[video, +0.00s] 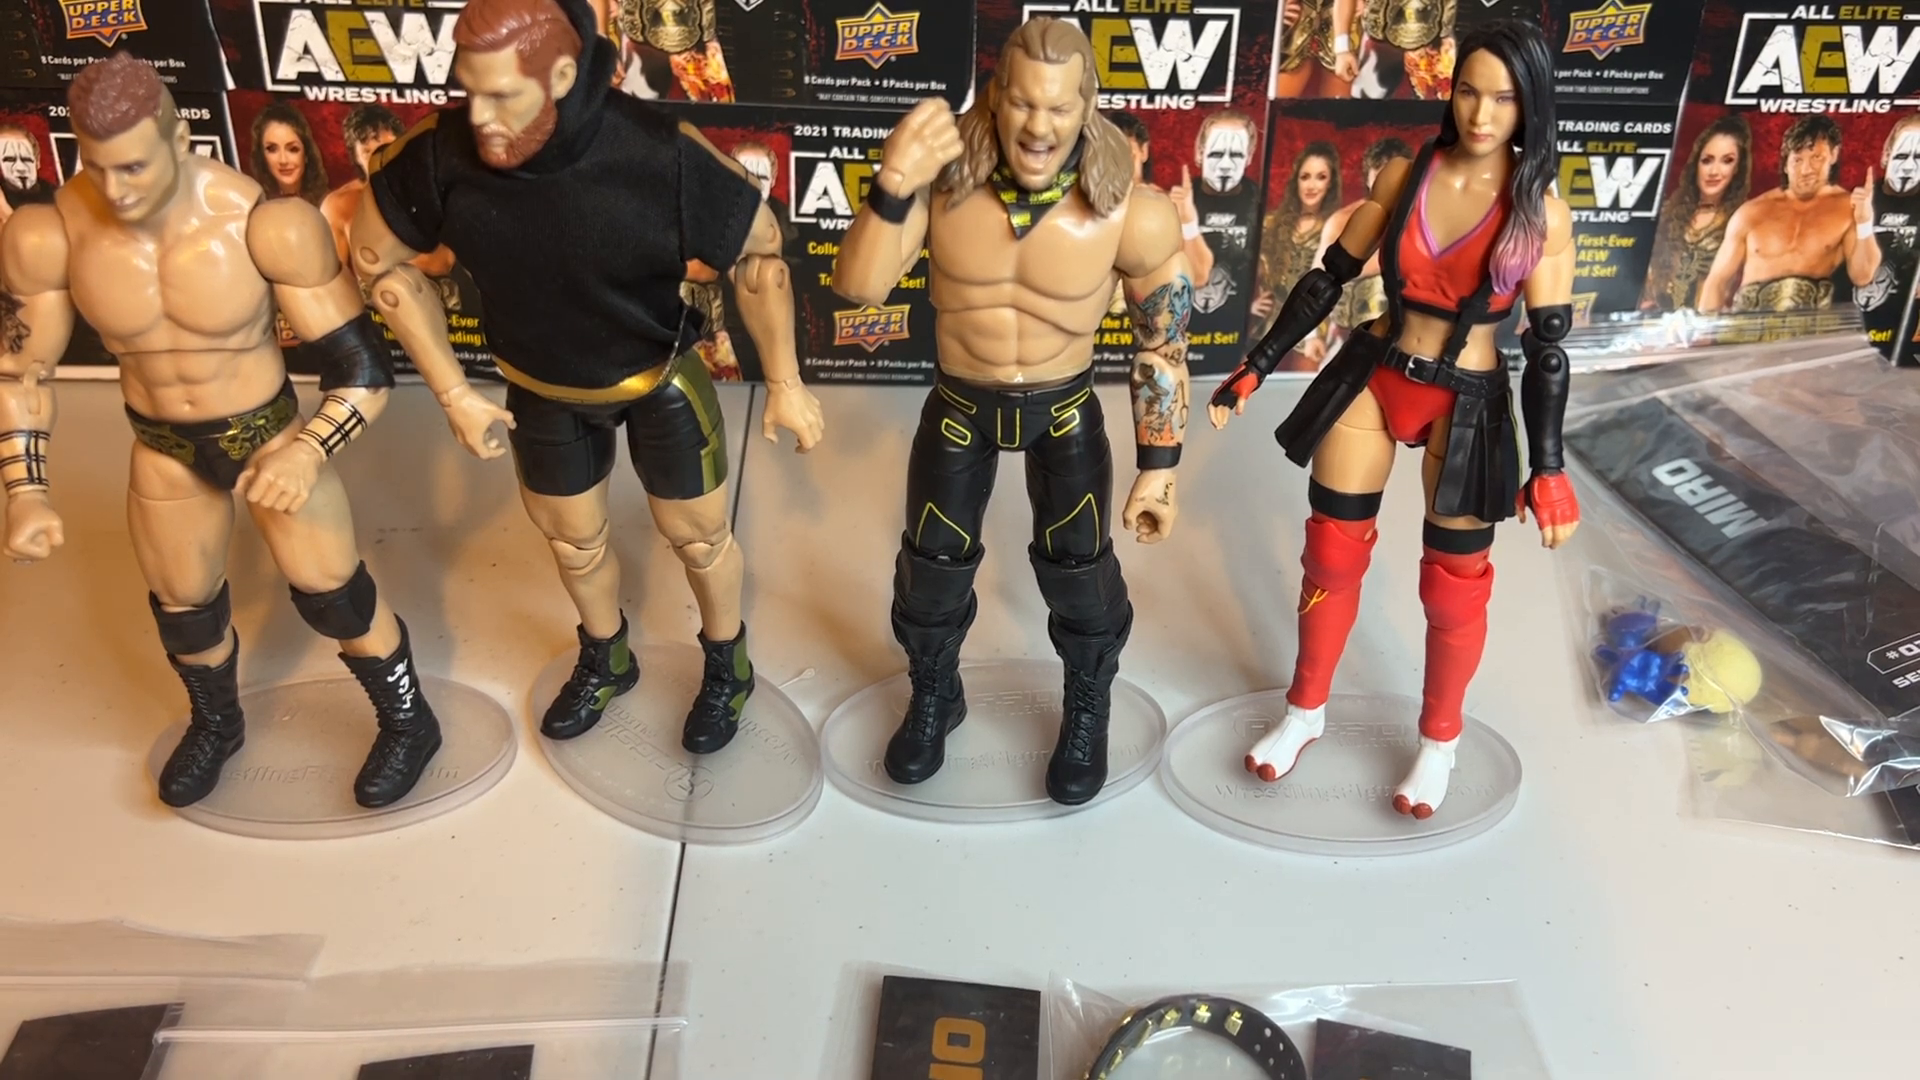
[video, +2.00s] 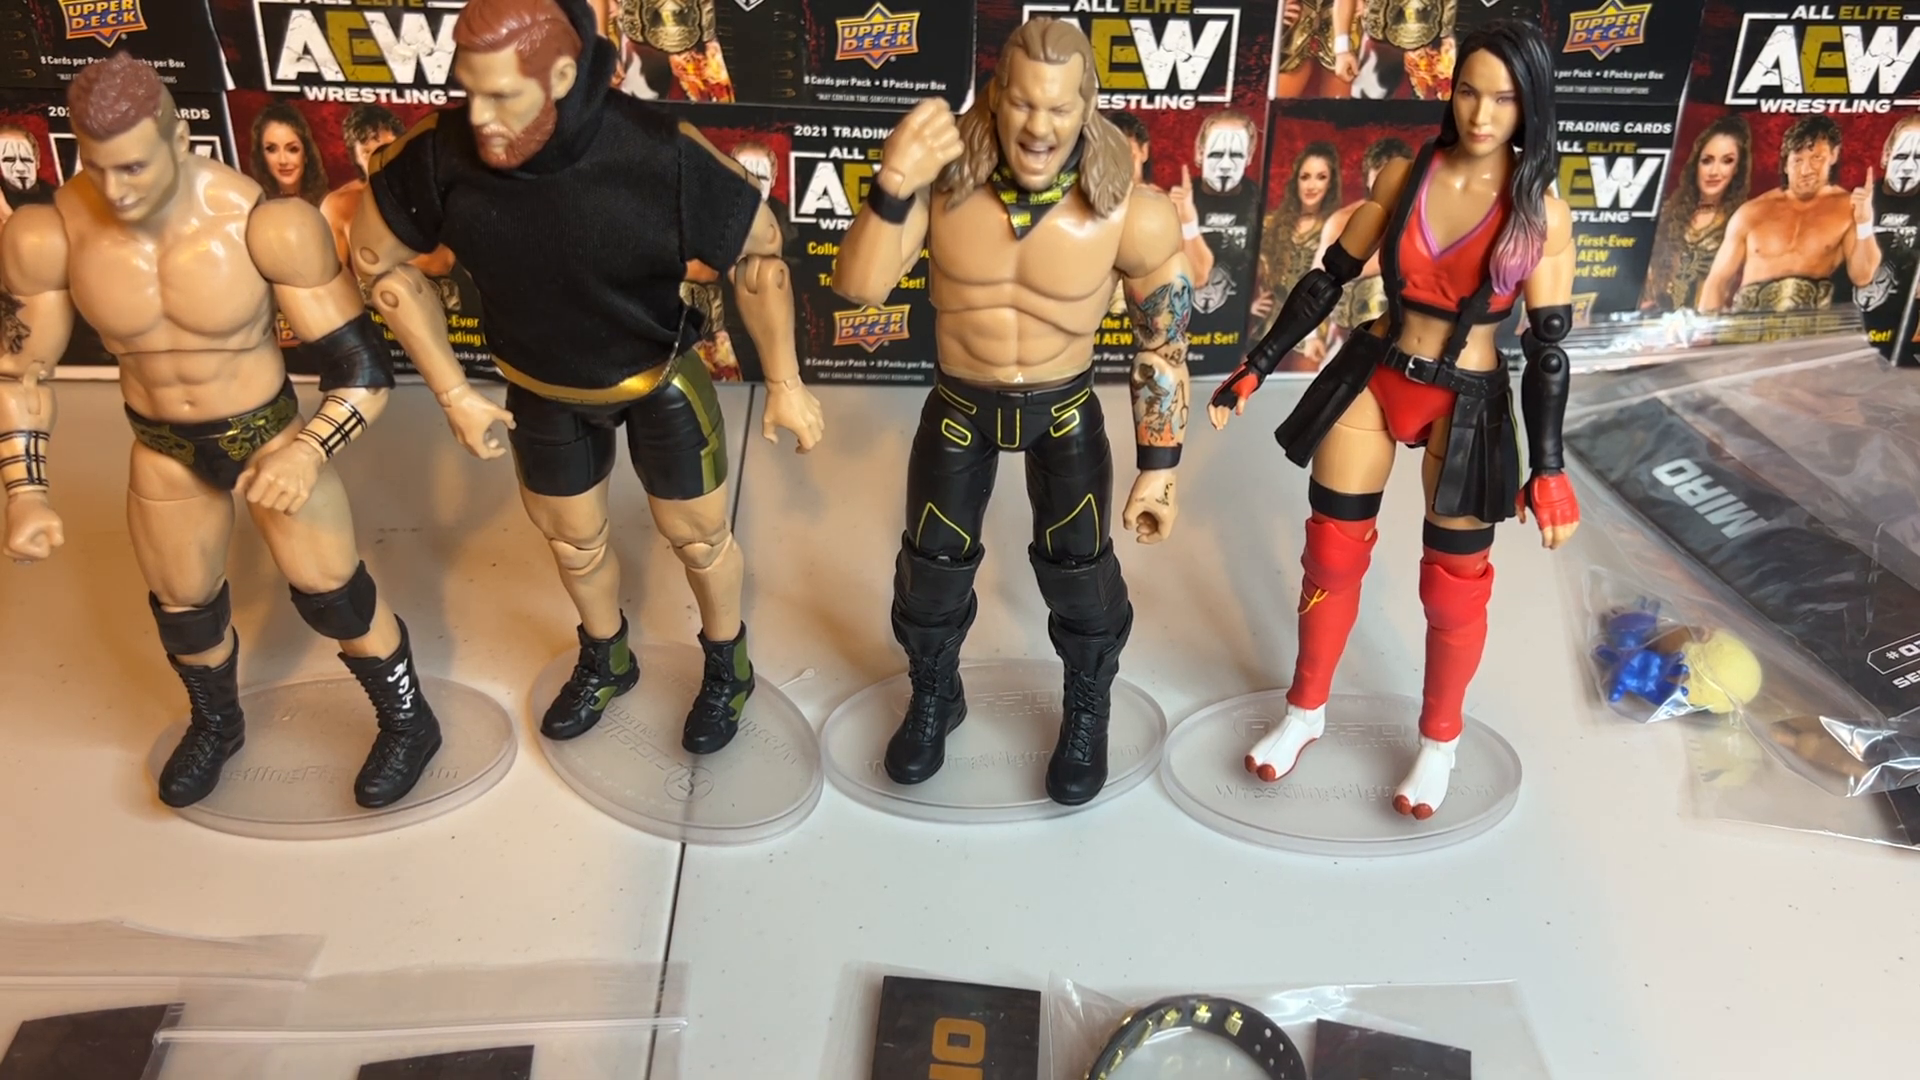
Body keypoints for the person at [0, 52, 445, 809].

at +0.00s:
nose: (118, 188)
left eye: (135, 167)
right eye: (101, 169)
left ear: (179, 138)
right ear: (81, 151)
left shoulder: (268, 225)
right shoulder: (53, 232)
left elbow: (363, 370)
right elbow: (22, 372)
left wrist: (311, 446)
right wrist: (22, 486)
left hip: (269, 441)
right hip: (161, 451)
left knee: (336, 599)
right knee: (186, 617)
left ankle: (409, 721)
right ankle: (216, 722)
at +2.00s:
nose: (118, 188)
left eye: (135, 167)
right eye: (101, 169)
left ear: (179, 139)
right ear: (80, 152)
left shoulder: (268, 225)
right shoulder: (52, 233)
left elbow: (362, 370)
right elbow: (22, 373)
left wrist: (311, 446)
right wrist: (22, 487)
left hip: (268, 441)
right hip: (161, 451)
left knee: (336, 600)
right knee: (186, 617)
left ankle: (409, 722)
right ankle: (217, 722)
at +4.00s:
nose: (118, 188)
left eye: (134, 167)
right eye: (100, 169)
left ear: (178, 138)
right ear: (80, 151)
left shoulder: (268, 225)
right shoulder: (54, 232)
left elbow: (363, 370)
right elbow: (23, 371)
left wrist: (311, 446)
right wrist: (21, 487)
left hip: (269, 441)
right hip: (161, 452)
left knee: (336, 600)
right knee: (186, 617)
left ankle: (409, 722)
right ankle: (216, 722)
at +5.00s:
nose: (118, 188)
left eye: (134, 167)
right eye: (100, 169)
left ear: (178, 138)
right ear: (80, 151)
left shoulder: (268, 225)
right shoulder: (53, 232)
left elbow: (362, 370)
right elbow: (23, 372)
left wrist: (312, 446)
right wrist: (22, 487)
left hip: (269, 440)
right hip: (161, 451)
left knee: (336, 599)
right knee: (186, 617)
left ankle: (408, 722)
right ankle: (216, 723)